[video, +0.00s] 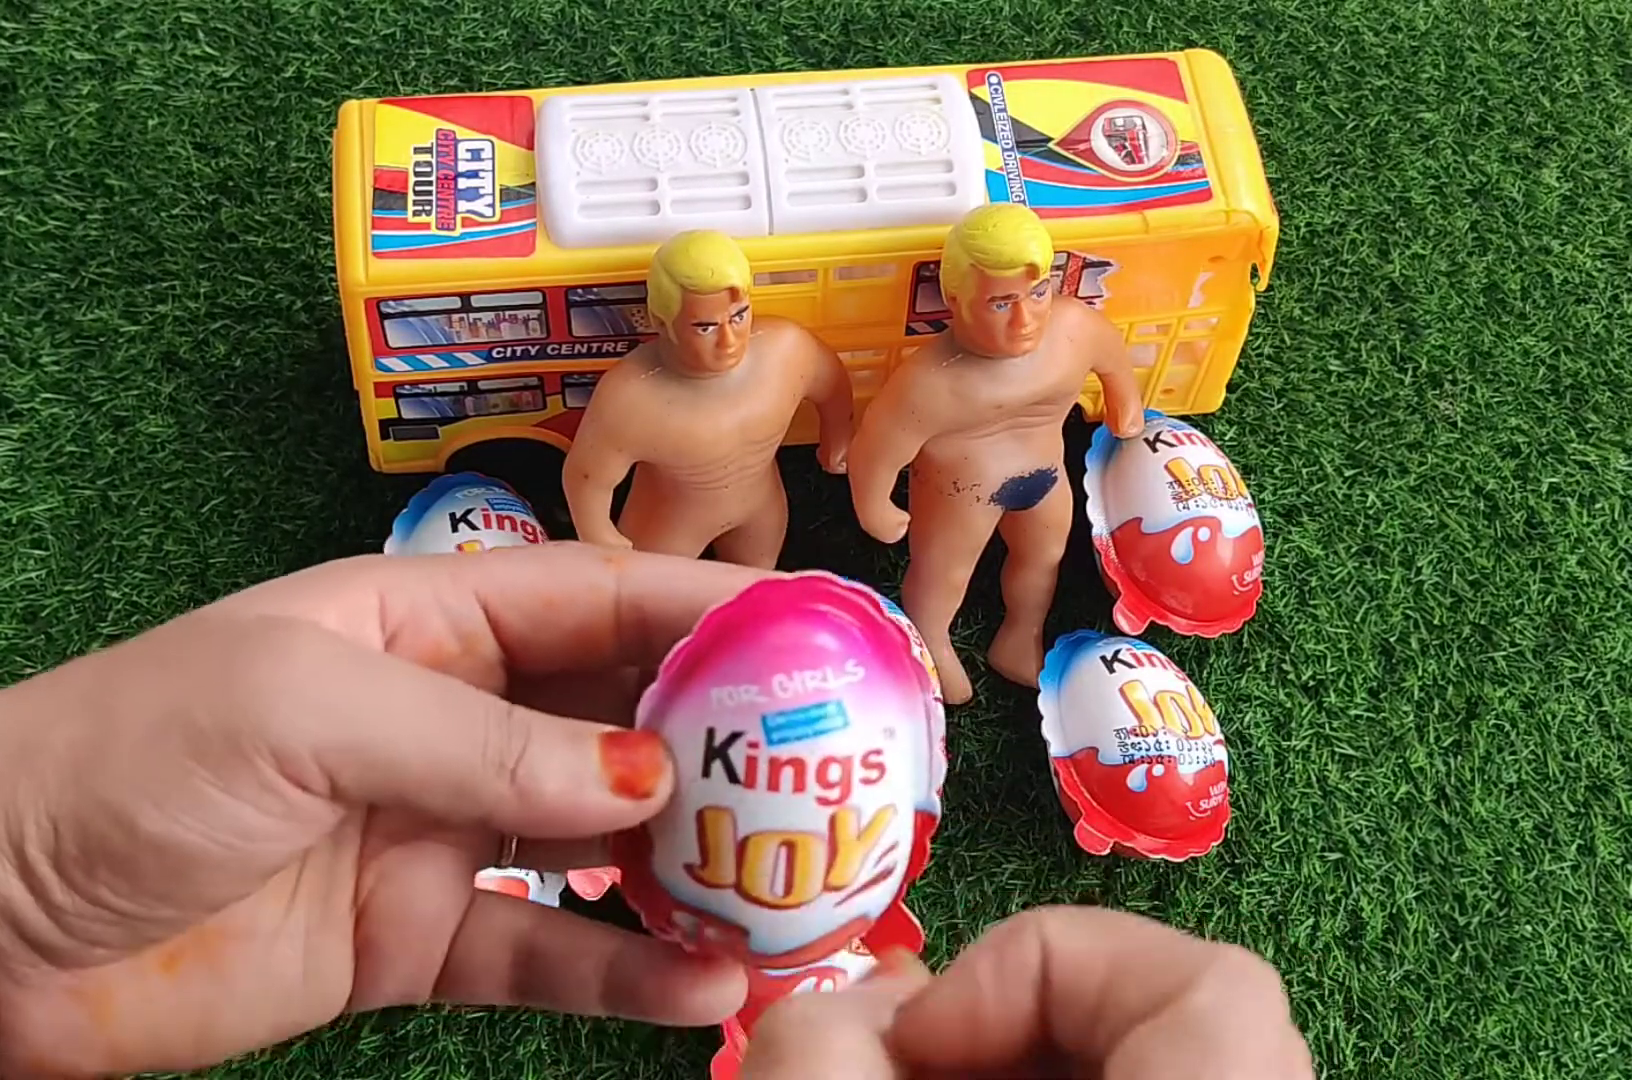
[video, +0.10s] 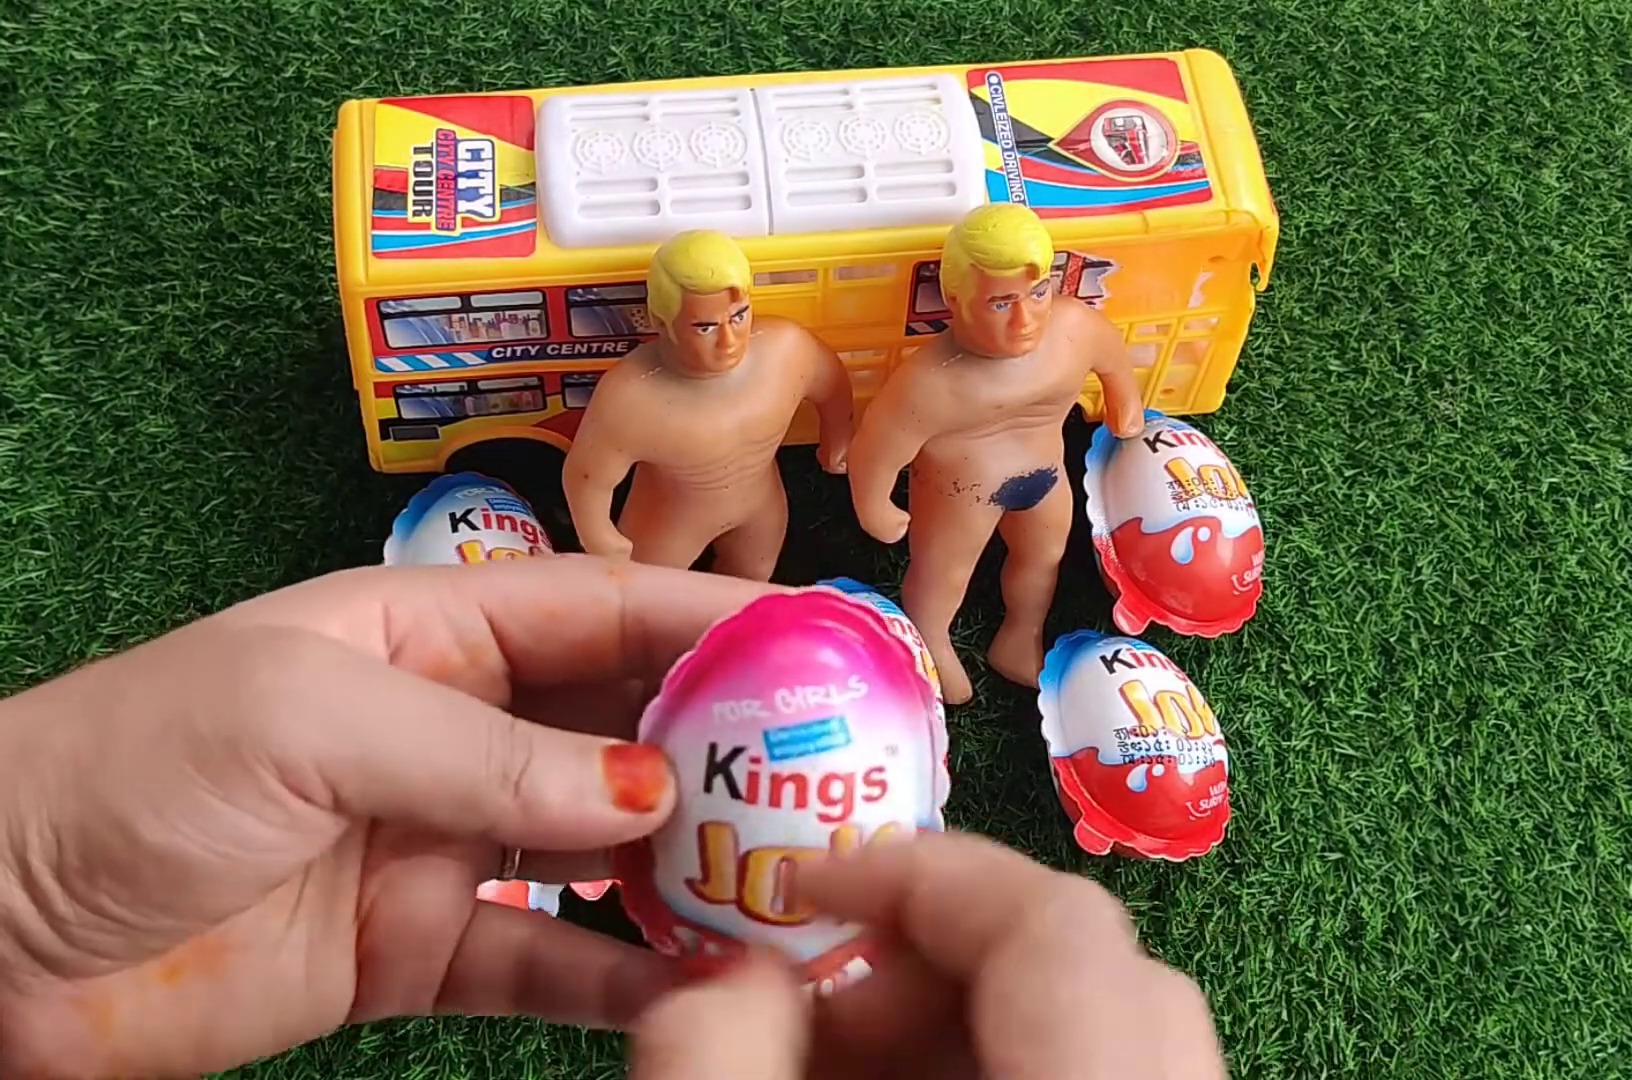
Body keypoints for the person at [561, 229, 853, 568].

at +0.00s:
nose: (729, 339)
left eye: (738, 316)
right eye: (705, 327)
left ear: (750, 302)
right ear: (660, 324)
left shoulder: (788, 350)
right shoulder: (628, 399)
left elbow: (833, 390)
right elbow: (585, 480)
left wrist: (836, 447)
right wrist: (602, 540)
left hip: (759, 506)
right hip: (670, 518)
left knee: (756, 591)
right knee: (644, 606)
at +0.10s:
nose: (728, 339)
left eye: (738, 316)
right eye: (705, 326)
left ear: (750, 302)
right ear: (659, 324)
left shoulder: (788, 350)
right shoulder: (628, 398)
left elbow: (832, 386)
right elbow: (585, 478)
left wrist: (837, 440)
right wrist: (599, 538)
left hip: (758, 502)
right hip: (671, 514)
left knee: (752, 584)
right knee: (644, 599)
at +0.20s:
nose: (729, 339)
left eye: (738, 316)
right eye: (705, 326)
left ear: (750, 302)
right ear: (660, 324)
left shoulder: (787, 350)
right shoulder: (628, 398)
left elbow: (833, 388)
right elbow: (586, 480)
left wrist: (836, 447)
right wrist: (600, 538)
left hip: (759, 505)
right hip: (670, 517)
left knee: (754, 590)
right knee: (645, 602)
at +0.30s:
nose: (728, 339)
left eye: (738, 316)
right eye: (705, 326)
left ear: (749, 302)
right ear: (660, 324)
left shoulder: (787, 350)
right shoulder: (628, 398)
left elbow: (832, 387)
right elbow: (585, 478)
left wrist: (836, 442)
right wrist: (598, 536)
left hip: (759, 503)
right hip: (671, 514)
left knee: (752, 588)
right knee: (642, 598)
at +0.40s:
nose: (728, 340)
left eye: (739, 316)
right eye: (705, 326)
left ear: (750, 301)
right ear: (660, 322)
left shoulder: (789, 350)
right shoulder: (629, 397)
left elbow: (834, 389)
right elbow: (587, 477)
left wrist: (836, 443)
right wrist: (598, 536)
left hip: (759, 498)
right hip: (671, 509)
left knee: (750, 576)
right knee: (636, 592)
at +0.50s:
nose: (728, 340)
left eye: (739, 316)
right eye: (705, 326)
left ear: (750, 301)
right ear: (659, 322)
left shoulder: (789, 350)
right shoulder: (628, 397)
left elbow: (834, 388)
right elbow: (587, 477)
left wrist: (837, 440)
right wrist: (598, 536)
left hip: (759, 497)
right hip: (672, 509)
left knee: (750, 577)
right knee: (636, 591)